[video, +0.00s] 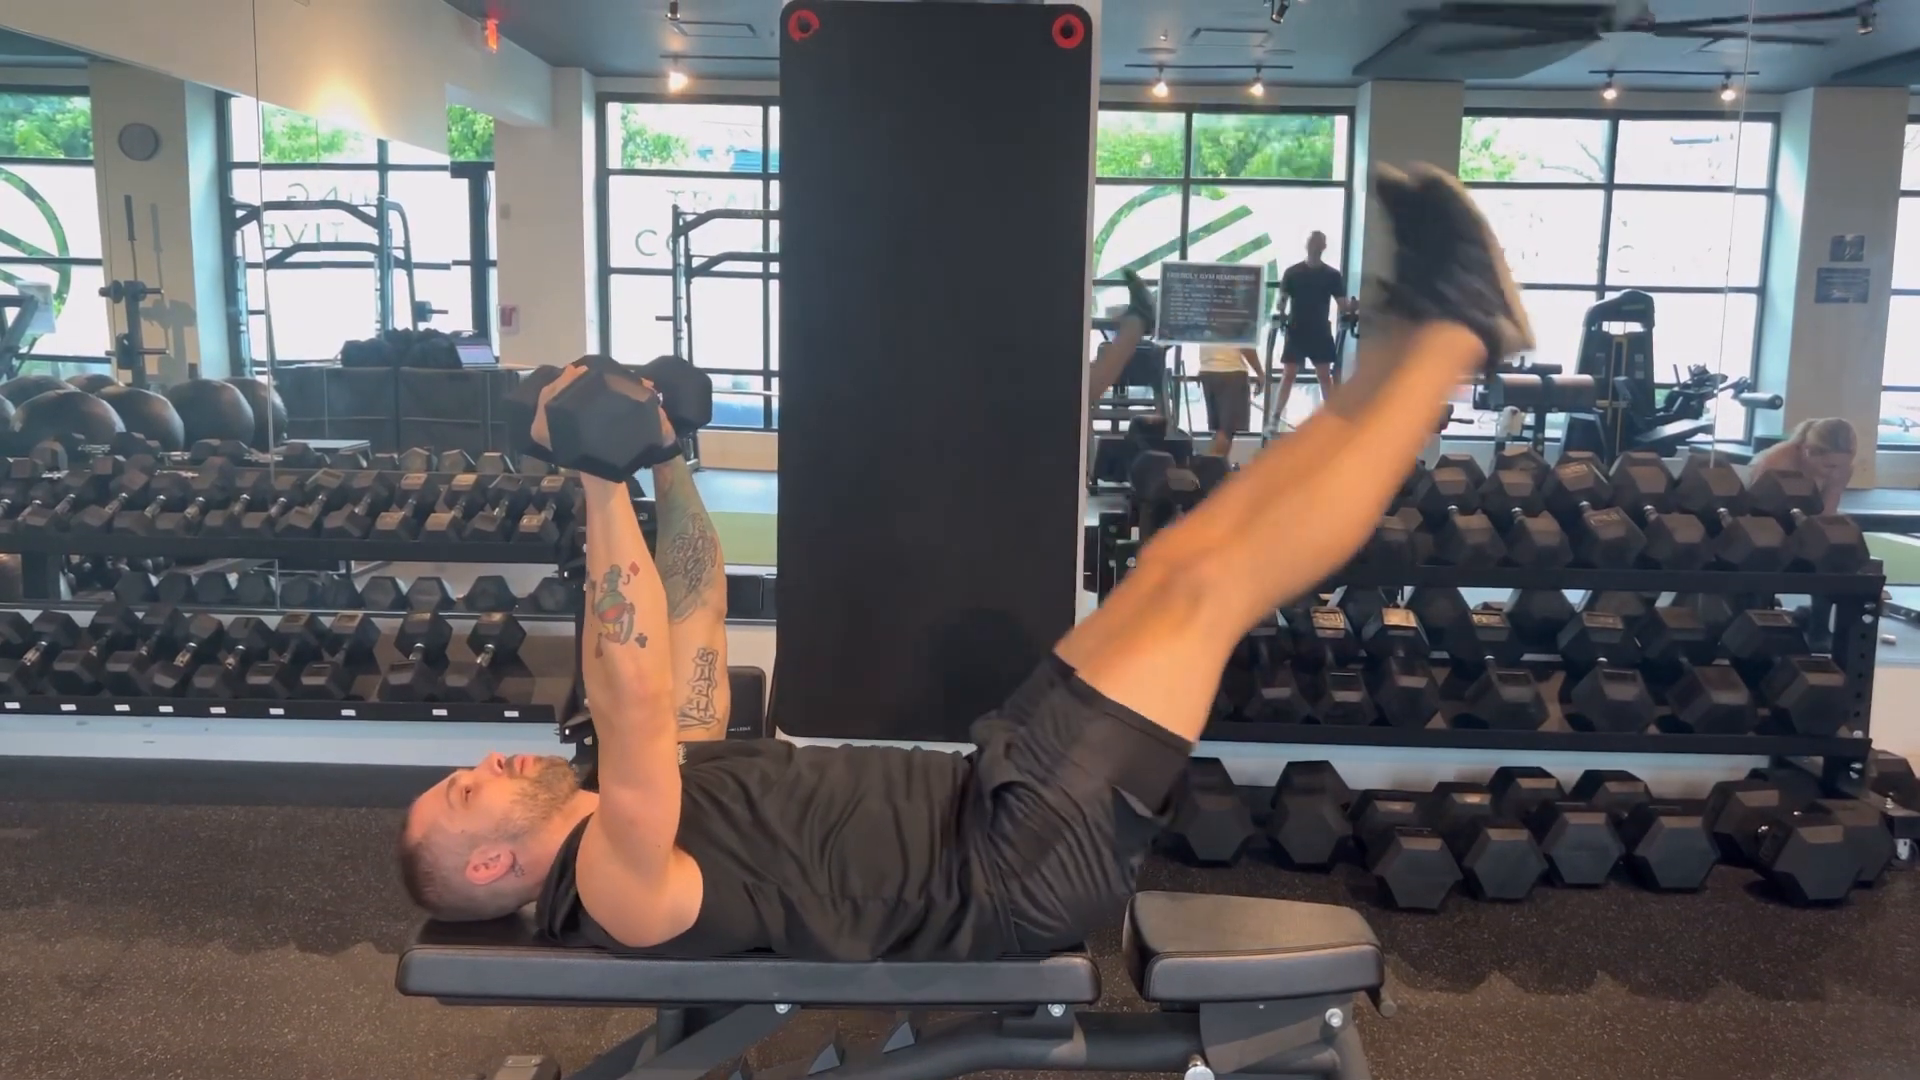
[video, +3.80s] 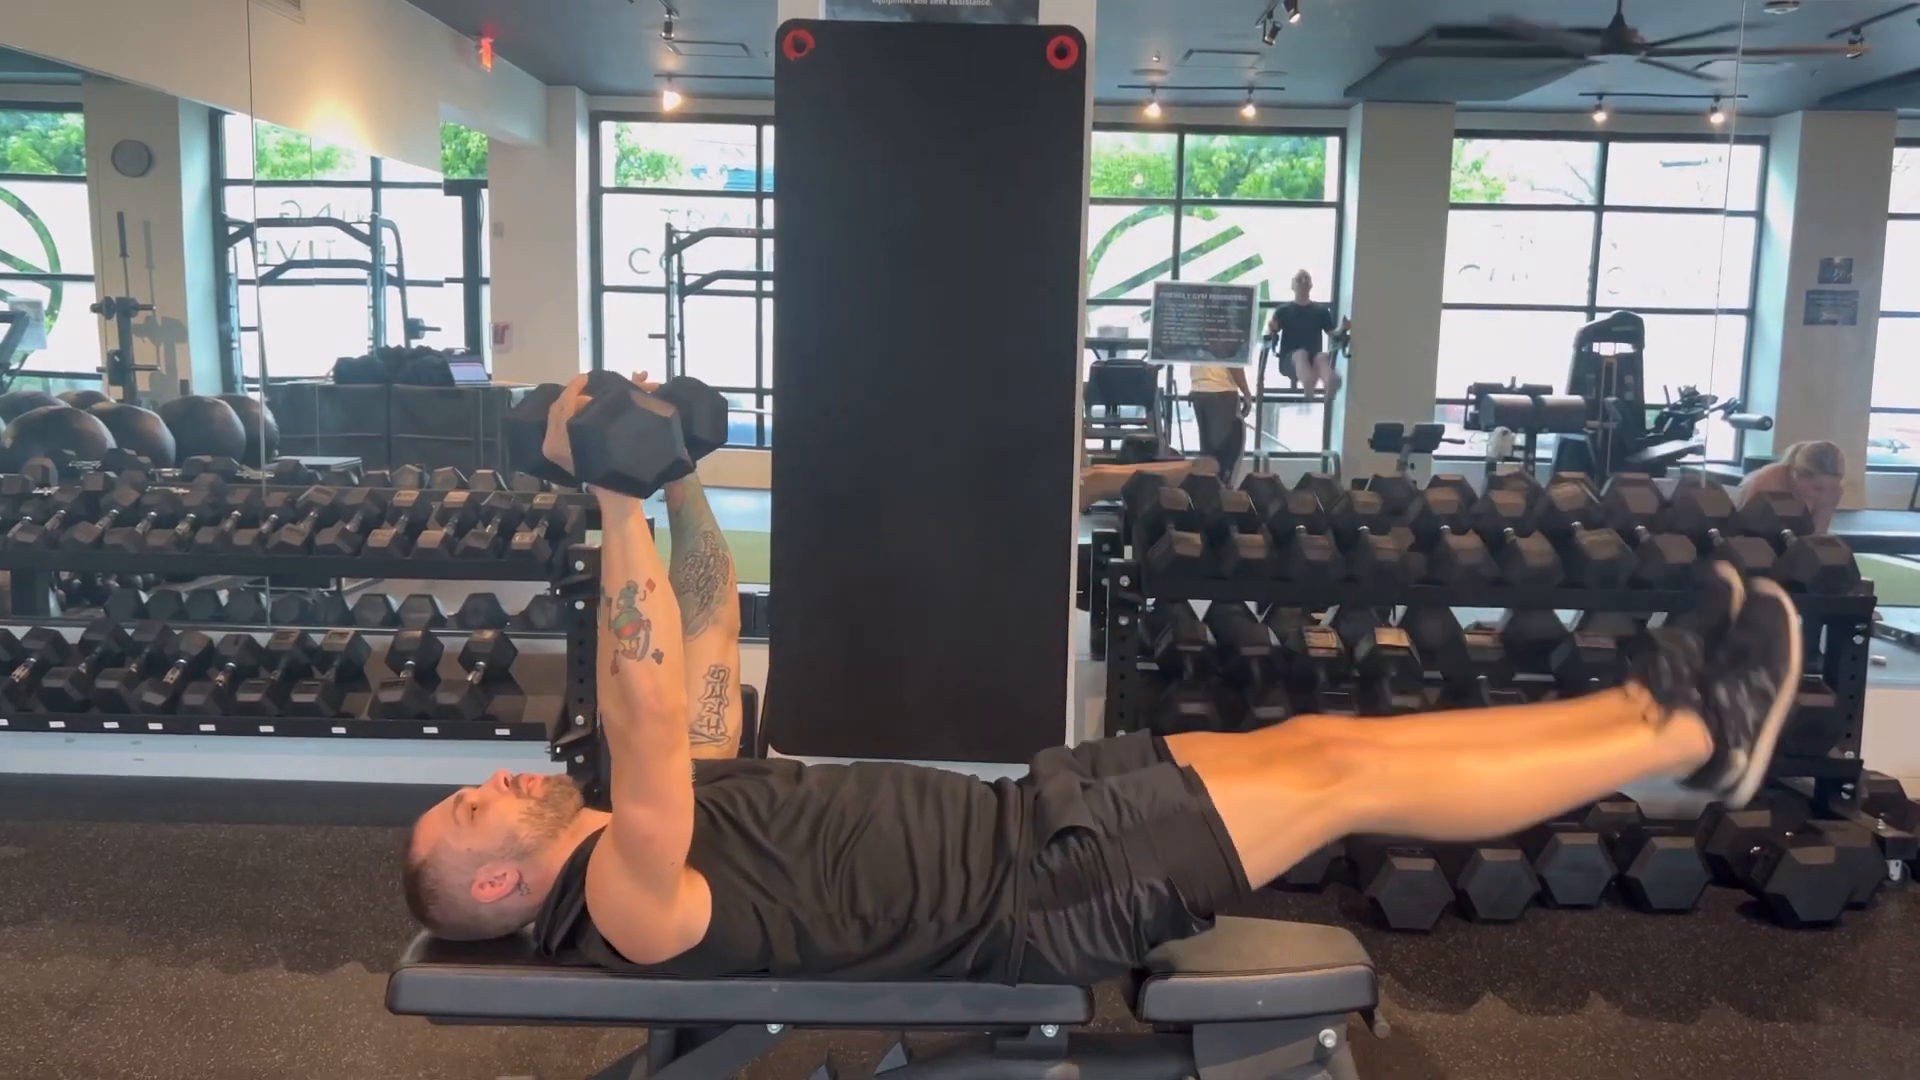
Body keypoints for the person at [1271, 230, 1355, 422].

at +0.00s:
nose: (1313, 246)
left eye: (1318, 243)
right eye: (1311, 242)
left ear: (1324, 247)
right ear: (1306, 245)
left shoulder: (1332, 275)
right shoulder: (1292, 273)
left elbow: (1342, 303)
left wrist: (1349, 308)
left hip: (1320, 329)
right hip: (1296, 328)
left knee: (1324, 376)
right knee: (1289, 374)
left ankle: (1331, 417)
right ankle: (1275, 418)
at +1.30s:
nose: (1309, 277)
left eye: (1313, 273)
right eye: (1306, 272)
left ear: (1318, 272)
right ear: (1299, 269)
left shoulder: (1325, 291)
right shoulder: (1286, 289)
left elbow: (1335, 315)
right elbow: (1275, 312)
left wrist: (1345, 312)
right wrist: (1274, 315)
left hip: (1316, 340)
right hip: (1292, 340)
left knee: (1328, 379)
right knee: (1283, 377)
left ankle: (1331, 424)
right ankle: (1271, 421)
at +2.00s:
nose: (1307, 282)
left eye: (1310, 278)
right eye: (1303, 278)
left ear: (1315, 278)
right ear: (1297, 277)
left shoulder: (1321, 300)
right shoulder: (1285, 300)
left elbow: (1333, 323)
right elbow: (1271, 324)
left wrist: (1344, 319)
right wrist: (1272, 319)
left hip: (1314, 352)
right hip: (1291, 353)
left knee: (1314, 399)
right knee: (1290, 399)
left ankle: (1311, 442)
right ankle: (1286, 441)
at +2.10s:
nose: (1306, 284)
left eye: (1309, 280)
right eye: (1302, 279)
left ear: (1314, 280)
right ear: (1296, 279)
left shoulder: (1320, 301)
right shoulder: (1284, 301)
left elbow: (1334, 323)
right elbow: (1272, 333)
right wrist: (1273, 321)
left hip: (1312, 356)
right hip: (1289, 356)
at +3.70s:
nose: (1303, 288)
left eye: (1306, 284)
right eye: (1299, 284)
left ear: (1310, 287)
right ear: (1293, 288)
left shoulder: (1320, 311)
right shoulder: (1284, 312)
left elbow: (1332, 334)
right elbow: (1271, 332)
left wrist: (1343, 328)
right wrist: (1271, 329)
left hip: (1314, 358)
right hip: (1291, 357)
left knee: (1319, 393)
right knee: (1299, 381)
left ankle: (1323, 435)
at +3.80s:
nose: (1303, 285)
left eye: (1306, 282)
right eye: (1299, 282)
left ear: (1310, 286)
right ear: (1292, 286)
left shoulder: (1320, 310)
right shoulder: (1283, 311)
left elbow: (1332, 334)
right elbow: (1272, 336)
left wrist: (1342, 329)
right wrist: (1272, 329)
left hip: (1314, 358)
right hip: (1289, 359)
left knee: (1323, 357)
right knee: (1301, 353)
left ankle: (1330, 391)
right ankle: (1309, 396)